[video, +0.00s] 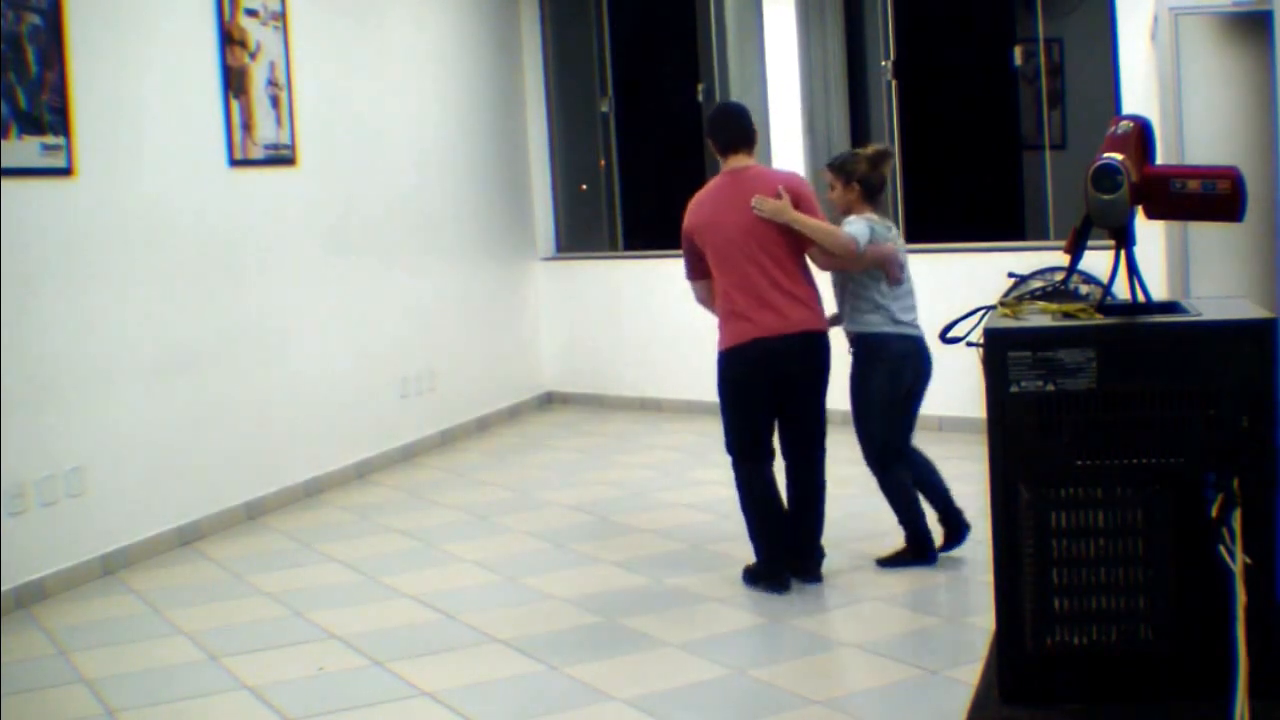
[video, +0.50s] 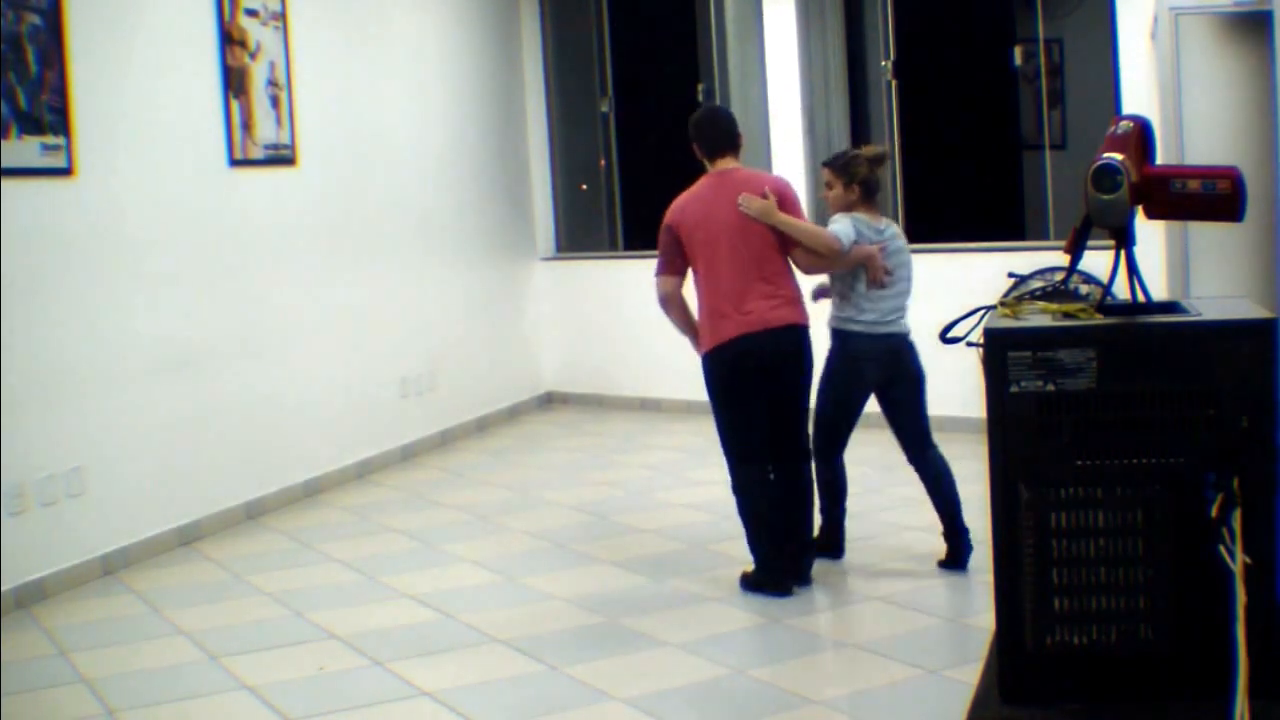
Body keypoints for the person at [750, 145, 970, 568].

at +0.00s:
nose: (828, 195)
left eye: (832, 187)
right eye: (828, 188)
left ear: (852, 188)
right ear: (864, 190)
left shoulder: (860, 224)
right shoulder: (885, 231)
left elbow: (847, 245)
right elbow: (877, 297)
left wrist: (791, 216)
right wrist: (831, 318)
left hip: (880, 352)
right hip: (910, 351)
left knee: (879, 451)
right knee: (897, 446)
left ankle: (919, 542)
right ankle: (952, 519)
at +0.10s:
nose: (832, 191)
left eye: (835, 183)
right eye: (831, 184)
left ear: (857, 184)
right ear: (872, 186)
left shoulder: (858, 219)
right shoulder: (897, 226)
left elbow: (842, 239)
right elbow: (885, 288)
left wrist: (785, 212)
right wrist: (836, 312)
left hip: (881, 350)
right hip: (921, 345)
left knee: (884, 451)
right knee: (924, 441)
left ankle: (919, 542)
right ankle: (966, 525)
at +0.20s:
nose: (834, 189)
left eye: (839, 180)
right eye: (834, 180)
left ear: (860, 180)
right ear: (876, 182)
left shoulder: (858, 217)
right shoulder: (906, 223)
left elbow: (840, 237)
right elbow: (899, 286)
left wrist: (781, 214)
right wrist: (851, 303)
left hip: (881, 348)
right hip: (925, 344)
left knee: (879, 451)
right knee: (934, 443)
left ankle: (913, 542)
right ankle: (962, 539)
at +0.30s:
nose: (835, 190)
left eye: (841, 181)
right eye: (835, 181)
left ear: (863, 182)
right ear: (877, 183)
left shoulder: (859, 218)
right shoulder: (910, 222)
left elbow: (840, 238)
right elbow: (905, 282)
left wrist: (778, 216)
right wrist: (856, 296)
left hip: (876, 349)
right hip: (923, 345)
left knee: (856, 443)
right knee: (938, 445)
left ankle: (891, 533)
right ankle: (961, 543)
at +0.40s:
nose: (833, 192)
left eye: (838, 184)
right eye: (833, 183)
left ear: (861, 185)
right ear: (875, 186)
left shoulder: (855, 221)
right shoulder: (907, 226)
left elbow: (836, 240)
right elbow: (912, 280)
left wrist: (777, 215)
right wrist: (854, 289)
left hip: (868, 351)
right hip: (915, 348)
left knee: (838, 442)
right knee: (932, 446)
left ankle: (858, 535)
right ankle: (959, 543)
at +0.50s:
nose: (826, 195)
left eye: (830, 186)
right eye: (825, 187)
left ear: (853, 188)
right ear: (867, 190)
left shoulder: (846, 225)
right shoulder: (895, 234)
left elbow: (828, 245)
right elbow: (880, 280)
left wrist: (773, 215)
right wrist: (834, 289)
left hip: (853, 354)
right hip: (898, 352)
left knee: (827, 447)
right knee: (922, 448)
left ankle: (831, 537)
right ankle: (958, 542)